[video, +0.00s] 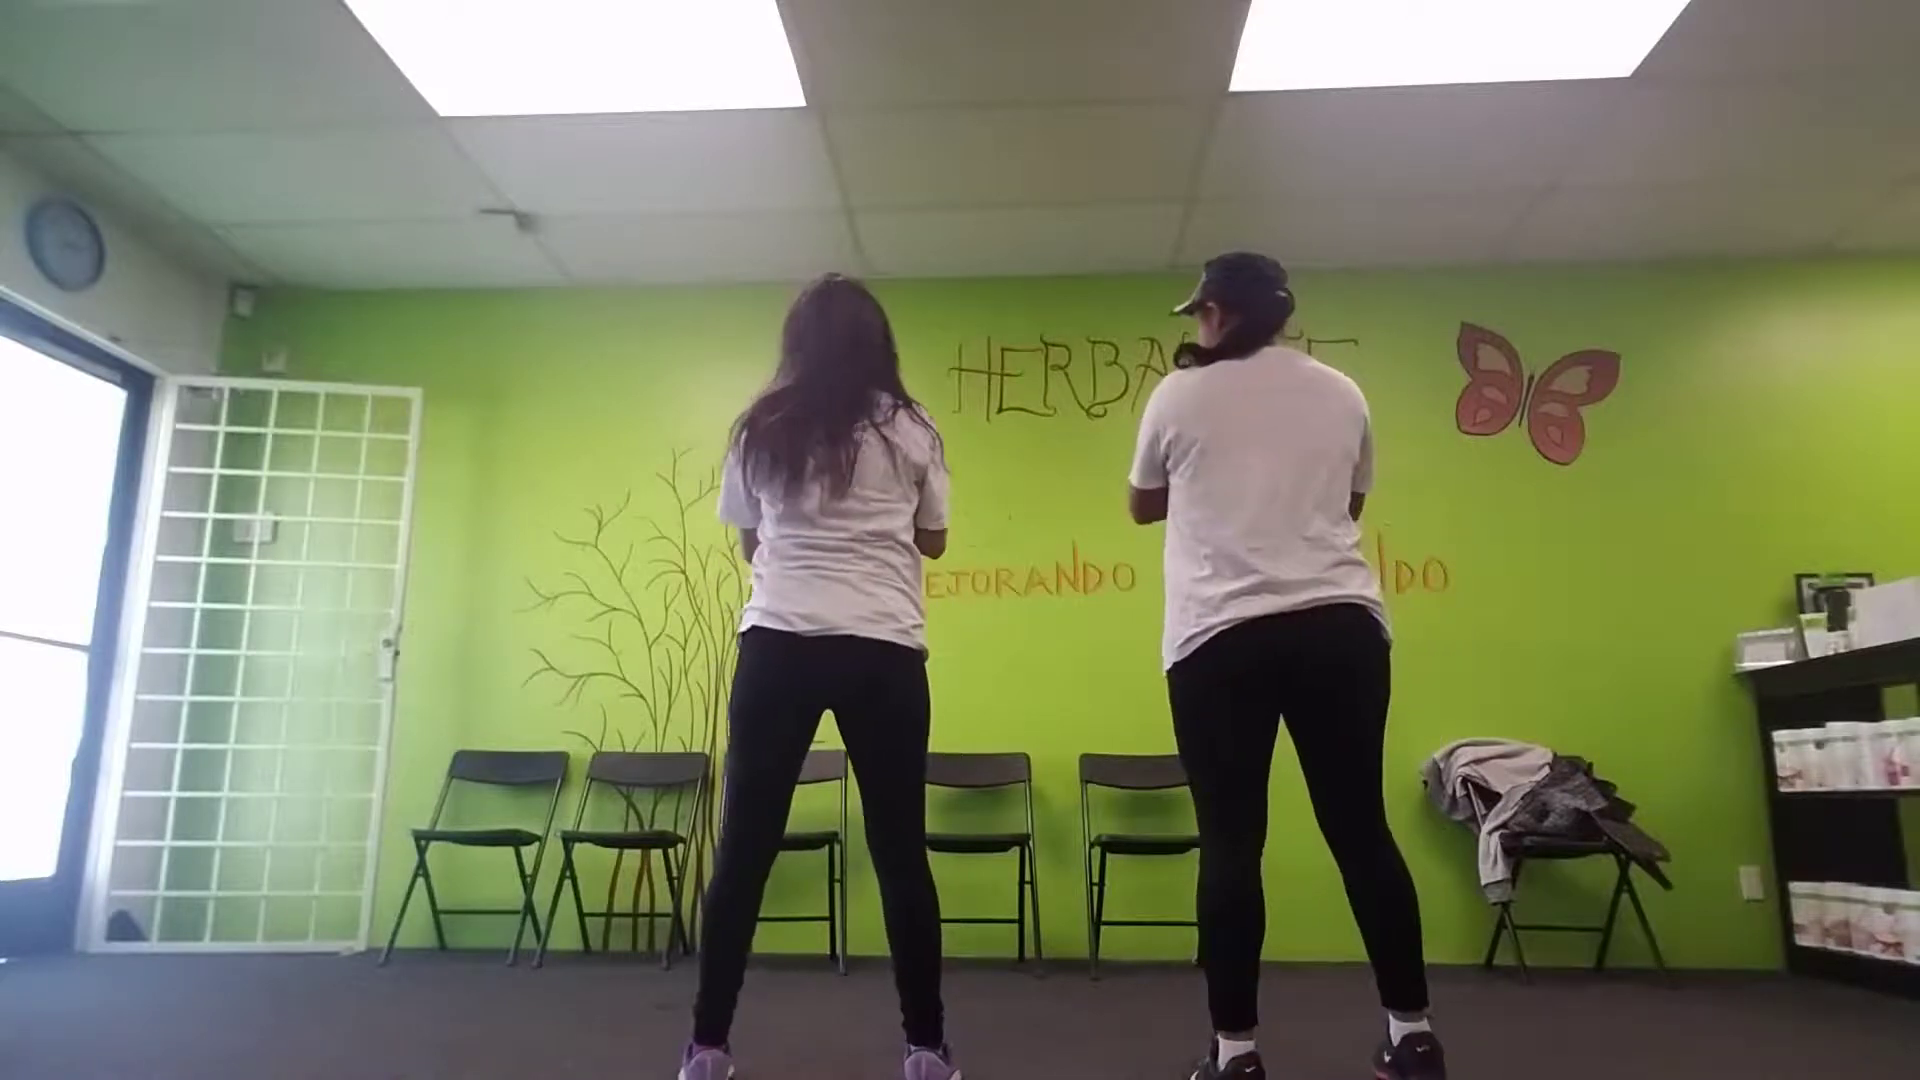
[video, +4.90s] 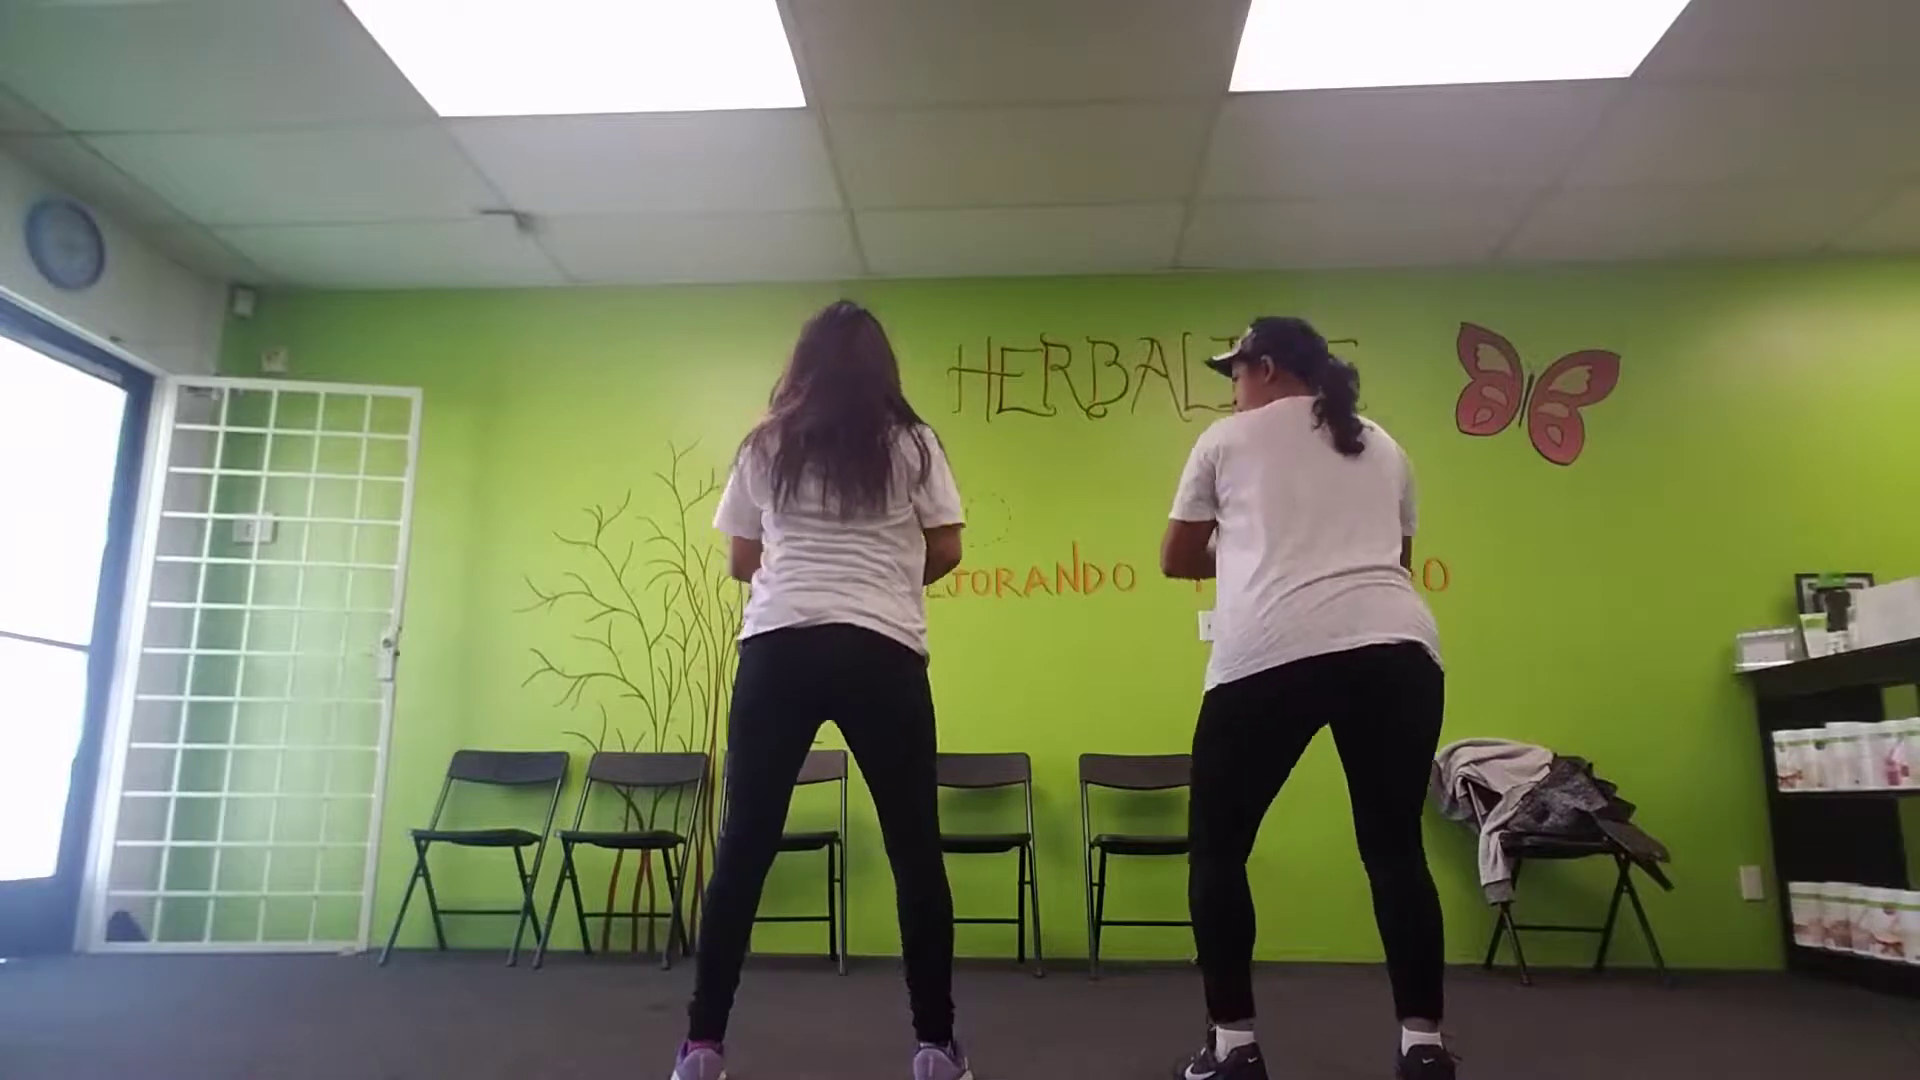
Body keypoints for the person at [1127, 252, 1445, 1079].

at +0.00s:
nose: (1197, 326)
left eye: (1204, 313)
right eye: (1199, 313)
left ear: (1226, 316)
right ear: (1282, 315)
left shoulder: (1177, 394)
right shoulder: (1341, 391)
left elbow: (1146, 504)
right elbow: (1350, 503)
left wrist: (1230, 467)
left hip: (1220, 647)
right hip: (1341, 637)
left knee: (1230, 844)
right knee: (1361, 828)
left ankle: (1234, 1050)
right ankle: (1412, 1033)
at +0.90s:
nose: (1230, 413)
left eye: (1236, 398)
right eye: (1232, 399)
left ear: (1264, 398)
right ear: (1312, 399)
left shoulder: (1224, 474)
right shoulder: (1379, 472)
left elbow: (1190, 572)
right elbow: (1377, 561)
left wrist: (1272, 540)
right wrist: (1278, 552)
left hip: (1272, 688)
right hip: (1403, 682)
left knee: (1209, 860)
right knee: (1396, 855)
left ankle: (1232, 1049)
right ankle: (1423, 1043)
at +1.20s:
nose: (1215, 538)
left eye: (1220, 524)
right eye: (1215, 525)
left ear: (1250, 524)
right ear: (1296, 526)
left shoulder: (1213, 594)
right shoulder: (1362, 587)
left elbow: (1183, 700)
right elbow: (1376, 676)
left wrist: (1245, 638)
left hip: (1277, 793)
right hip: (1420, 788)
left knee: (1182, 868)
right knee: (1395, 869)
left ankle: (1230, 1047)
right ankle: (1423, 1041)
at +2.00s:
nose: (1218, 429)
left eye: (1222, 415)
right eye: (1219, 415)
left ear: (1246, 416)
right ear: (1298, 416)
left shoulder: (1206, 484)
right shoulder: (1361, 484)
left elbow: (1169, 591)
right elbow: (1378, 584)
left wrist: (1249, 559)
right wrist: (1300, 565)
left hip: (1256, 690)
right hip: (1383, 682)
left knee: (1192, 859)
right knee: (1390, 855)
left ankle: (1232, 1045)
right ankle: (1421, 1036)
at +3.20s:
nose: (1224, 523)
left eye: (1228, 509)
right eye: (1224, 510)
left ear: (1252, 510)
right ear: (1303, 511)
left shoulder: (1216, 579)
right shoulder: (1362, 576)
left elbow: (1174, 683)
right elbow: (1378, 662)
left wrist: (1236, 631)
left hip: (1275, 775)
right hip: (1420, 767)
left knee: (1187, 872)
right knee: (1392, 870)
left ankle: (1232, 1047)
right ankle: (1424, 1042)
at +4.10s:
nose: (1221, 404)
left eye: (1227, 390)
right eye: (1222, 391)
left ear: (1257, 389)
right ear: (1298, 390)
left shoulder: (1219, 455)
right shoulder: (1369, 456)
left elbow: (1175, 572)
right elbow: (1400, 572)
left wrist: (1251, 583)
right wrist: (1327, 583)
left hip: (1269, 660)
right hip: (1393, 654)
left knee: (1210, 847)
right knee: (1394, 847)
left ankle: (1233, 1045)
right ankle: (1422, 1036)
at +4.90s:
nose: (1231, 391)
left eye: (1235, 376)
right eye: (1231, 378)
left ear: (1265, 371)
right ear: (1311, 372)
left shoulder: (1226, 439)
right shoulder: (1384, 444)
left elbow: (1180, 557)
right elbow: (1398, 559)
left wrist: (1261, 546)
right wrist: (1321, 551)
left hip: (1268, 655)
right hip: (1395, 649)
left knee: (1217, 850)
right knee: (1396, 845)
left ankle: (1234, 1047)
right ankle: (1423, 1041)